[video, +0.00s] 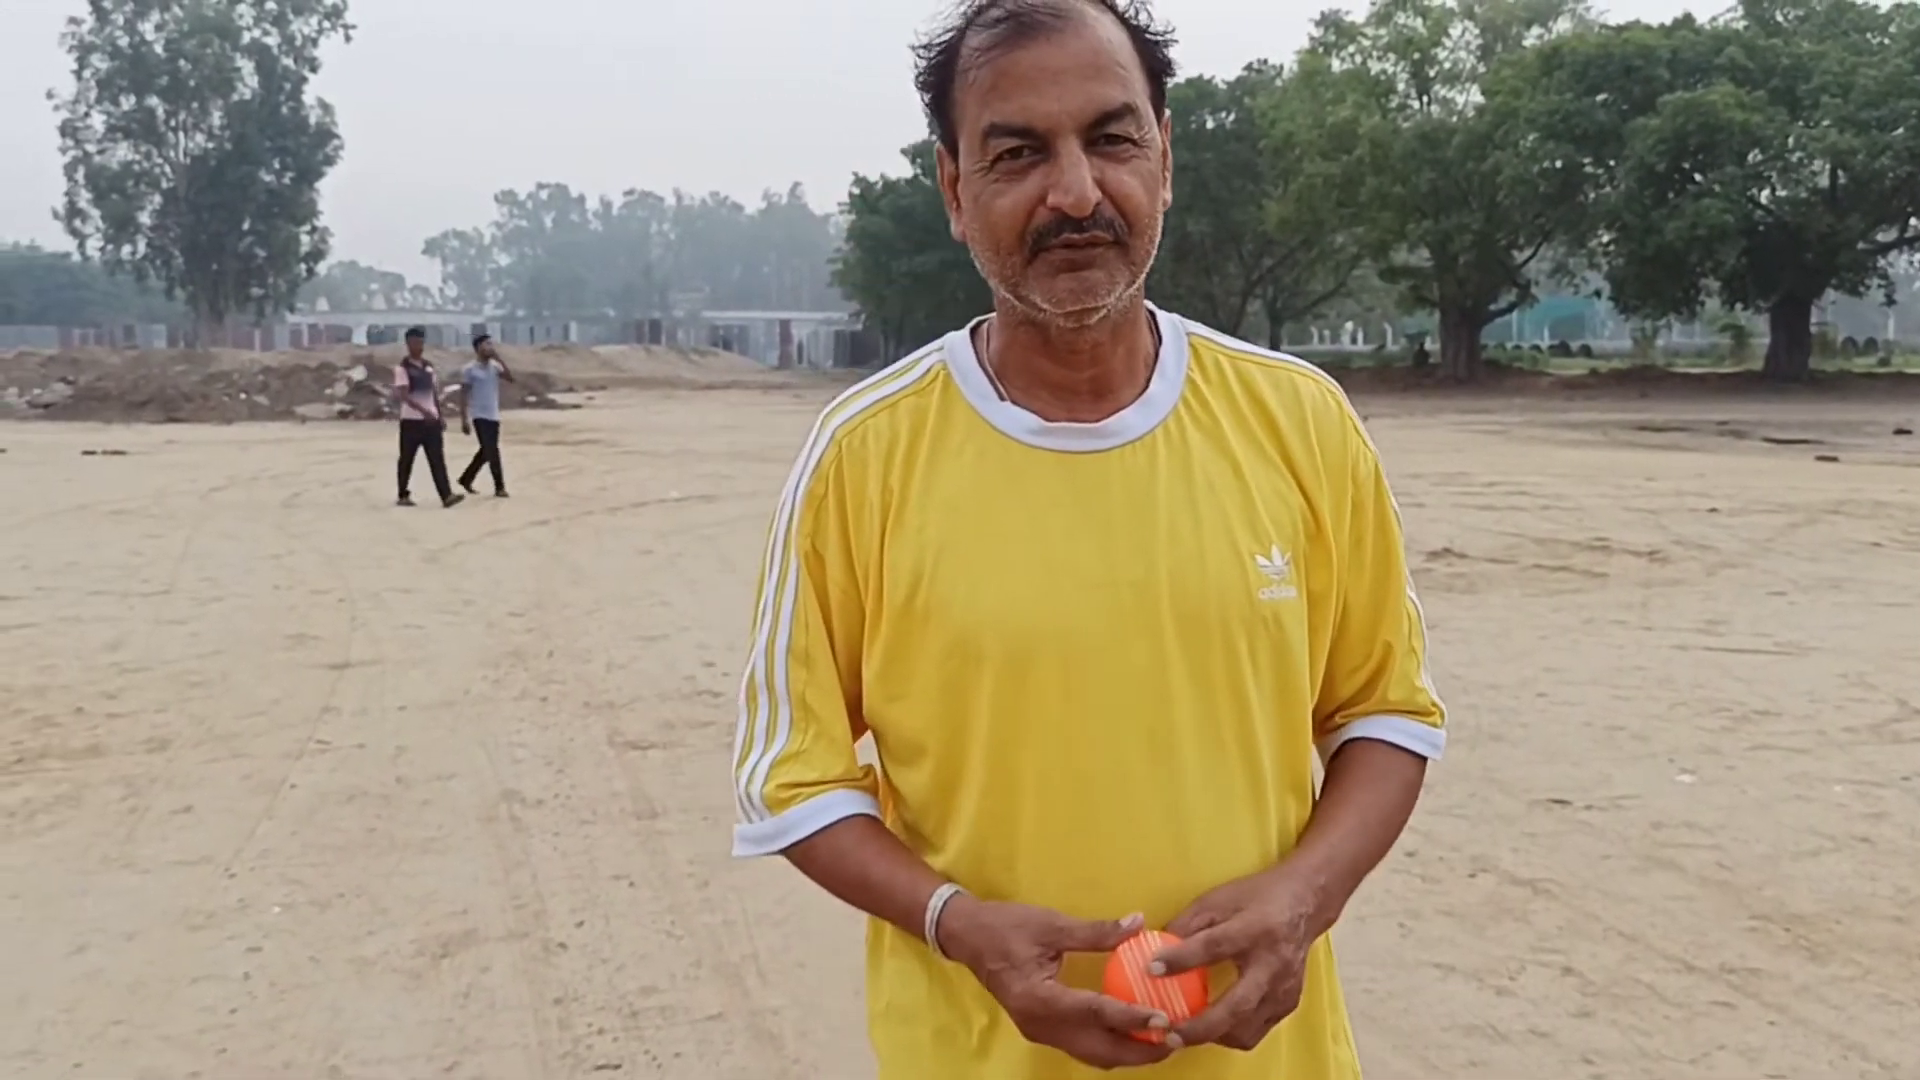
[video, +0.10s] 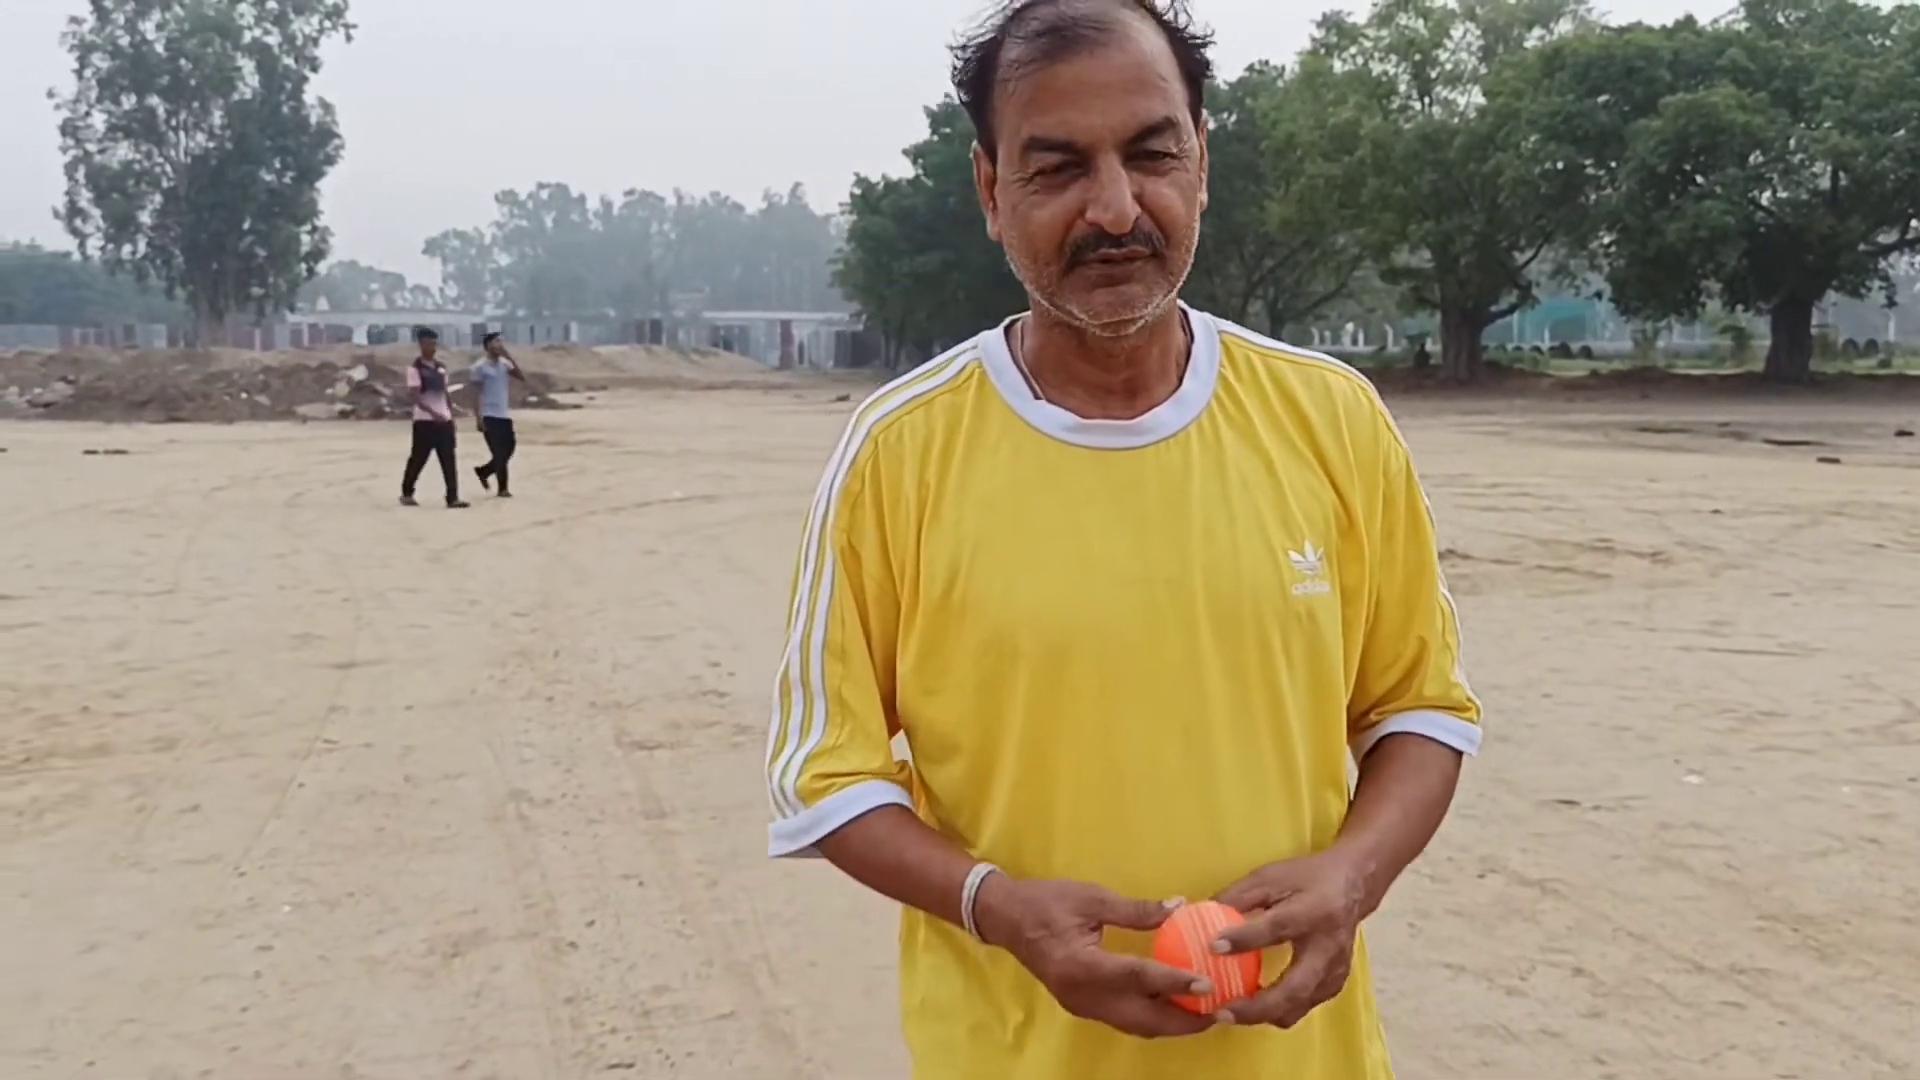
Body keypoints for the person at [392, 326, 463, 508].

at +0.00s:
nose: (418, 347)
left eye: (421, 343)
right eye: (414, 343)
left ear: (424, 344)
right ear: (407, 344)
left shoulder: (429, 368)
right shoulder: (403, 368)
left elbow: (435, 395)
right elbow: (403, 395)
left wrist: (440, 416)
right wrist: (425, 412)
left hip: (431, 419)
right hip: (411, 419)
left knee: (437, 460)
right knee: (406, 460)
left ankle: (447, 494)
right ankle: (403, 494)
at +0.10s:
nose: (430, 348)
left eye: (433, 344)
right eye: (427, 344)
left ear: (436, 345)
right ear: (420, 345)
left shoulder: (441, 368)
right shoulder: (415, 369)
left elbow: (445, 393)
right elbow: (415, 397)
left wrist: (450, 413)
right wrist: (435, 414)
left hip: (444, 420)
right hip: (425, 420)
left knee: (449, 460)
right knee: (417, 459)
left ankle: (452, 496)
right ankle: (407, 493)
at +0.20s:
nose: (443, 347)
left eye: (446, 343)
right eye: (440, 343)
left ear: (449, 345)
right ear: (433, 344)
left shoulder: (452, 367)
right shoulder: (427, 368)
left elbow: (457, 393)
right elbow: (425, 395)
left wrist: (463, 415)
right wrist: (436, 417)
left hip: (458, 418)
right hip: (439, 419)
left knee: (459, 461)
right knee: (435, 457)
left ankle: (457, 497)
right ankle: (416, 484)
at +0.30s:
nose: (456, 344)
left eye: (459, 340)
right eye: (452, 340)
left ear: (462, 342)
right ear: (445, 341)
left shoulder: (465, 365)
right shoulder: (437, 365)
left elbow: (471, 392)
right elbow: (435, 394)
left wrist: (476, 416)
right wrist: (437, 419)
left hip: (468, 415)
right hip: (449, 415)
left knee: (467, 459)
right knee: (454, 455)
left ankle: (460, 496)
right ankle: (435, 483)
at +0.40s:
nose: (466, 343)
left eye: (468, 339)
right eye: (462, 339)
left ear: (472, 340)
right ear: (455, 340)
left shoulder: (476, 362)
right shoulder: (447, 363)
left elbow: (482, 388)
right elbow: (439, 391)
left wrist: (489, 412)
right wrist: (436, 417)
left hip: (476, 412)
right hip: (457, 411)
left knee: (473, 453)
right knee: (468, 450)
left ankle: (464, 492)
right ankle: (457, 490)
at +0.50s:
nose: (474, 343)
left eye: (477, 339)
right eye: (471, 339)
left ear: (480, 340)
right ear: (463, 340)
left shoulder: (483, 363)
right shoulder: (452, 363)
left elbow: (489, 388)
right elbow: (443, 390)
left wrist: (498, 410)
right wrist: (436, 416)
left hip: (481, 412)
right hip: (463, 411)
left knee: (472, 452)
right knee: (473, 452)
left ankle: (460, 490)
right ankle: (478, 494)